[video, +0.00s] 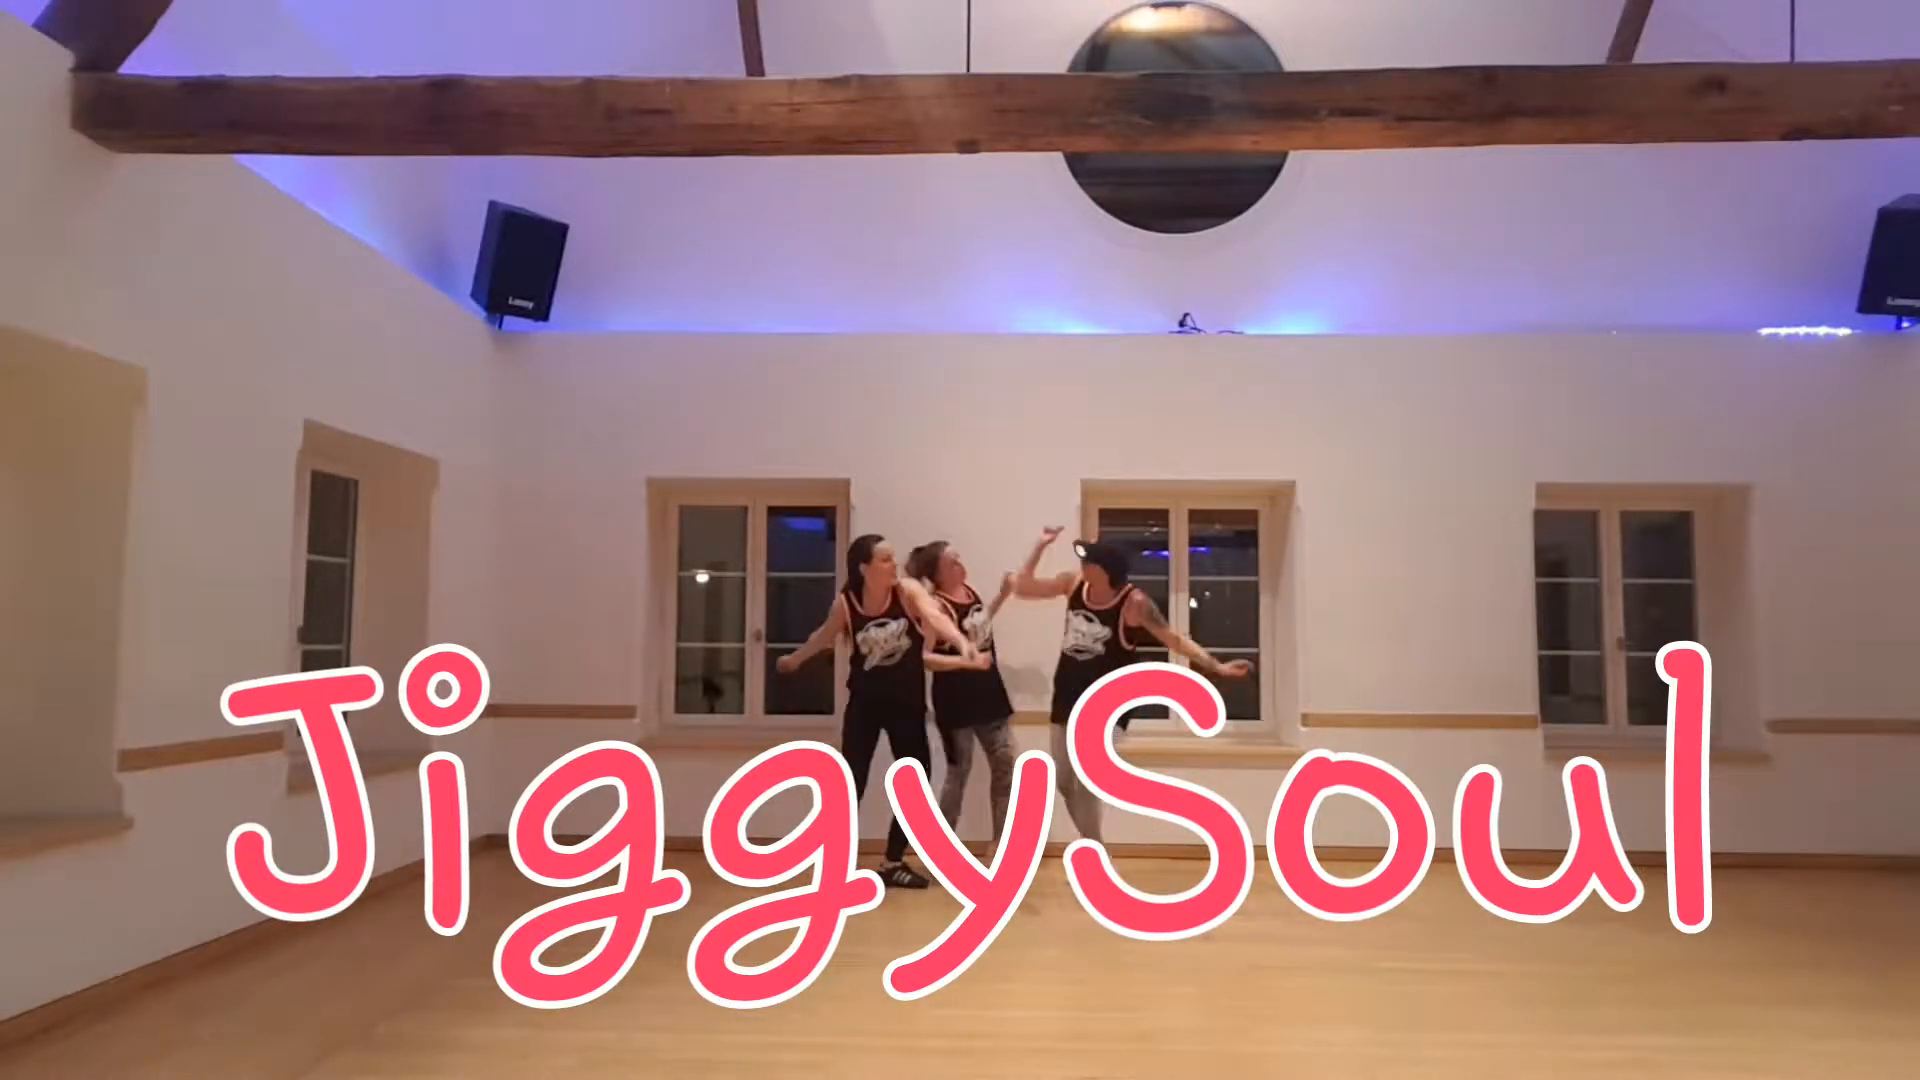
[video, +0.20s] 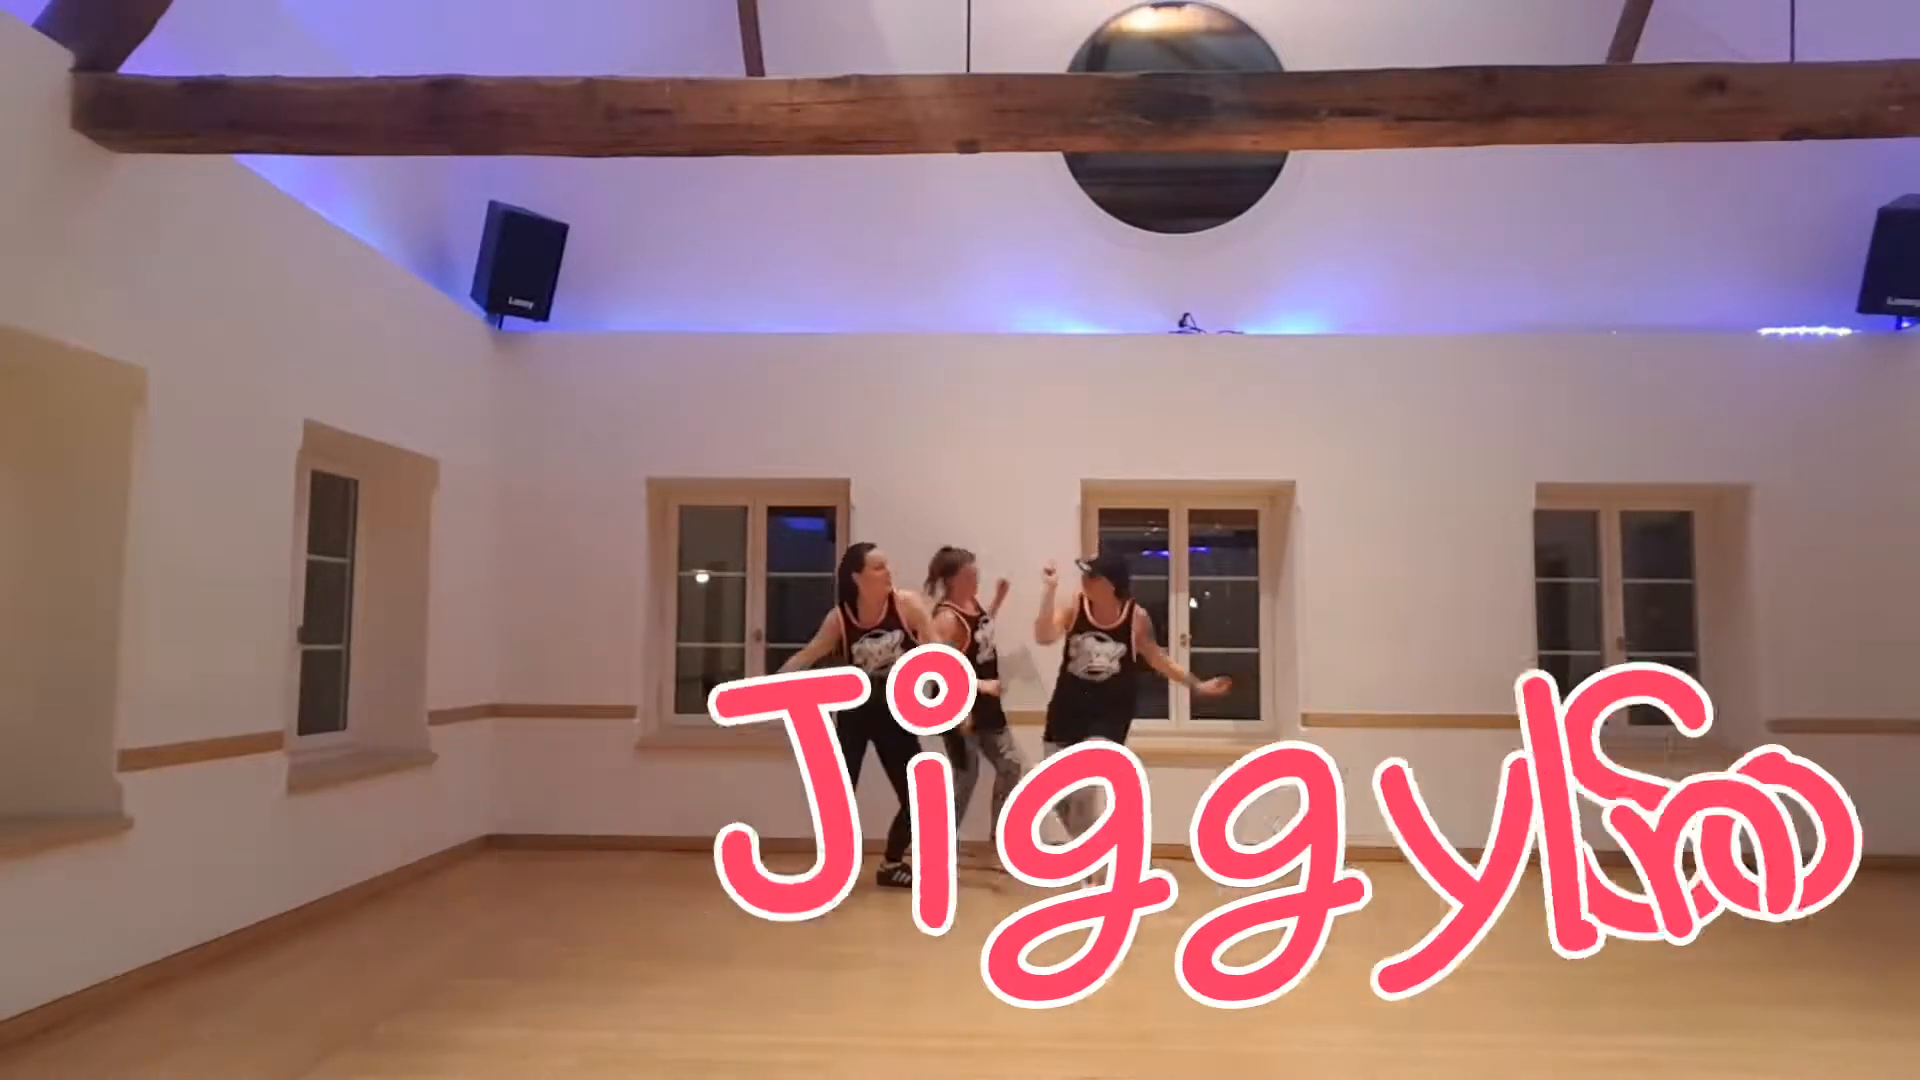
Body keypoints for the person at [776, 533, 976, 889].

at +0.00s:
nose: (894, 565)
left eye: (893, 558)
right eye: (886, 560)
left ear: (892, 563)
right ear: (864, 568)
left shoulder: (907, 590)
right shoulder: (846, 603)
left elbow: (932, 616)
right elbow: (825, 636)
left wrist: (962, 642)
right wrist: (797, 658)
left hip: (906, 702)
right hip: (864, 704)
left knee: (915, 780)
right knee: (850, 783)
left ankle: (893, 863)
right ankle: (830, 860)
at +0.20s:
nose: (888, 572)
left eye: (886, 565)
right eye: (879, 568)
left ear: (887, 572)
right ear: (856, 577)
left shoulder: (907, 604)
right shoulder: (839, 620)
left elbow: (936, 651)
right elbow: (806, 657)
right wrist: (775, 685)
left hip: (894, 712)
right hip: (851, 714)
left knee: (915, 794)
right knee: (838, 794)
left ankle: (892, 864)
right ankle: (833, 866)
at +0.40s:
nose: (897, 559)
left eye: (896, 553)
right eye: (890, 554)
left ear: (886, 562)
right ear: (868, 562)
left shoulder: (908, 592)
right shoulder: (841, 608)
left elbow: (925, 648)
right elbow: (801, 635)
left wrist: (964, 679)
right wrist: (752, 658)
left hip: (899, 703)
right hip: (859, 705)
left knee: (910, 786)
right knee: (848, 790)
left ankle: (892, 864)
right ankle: (834, 873)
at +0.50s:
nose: (903, 560)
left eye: (902, 555)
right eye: (898, 555)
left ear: (885, 563)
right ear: (876, 563)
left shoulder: (896, 593)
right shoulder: (849, 606)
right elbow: (810, 622)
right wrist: (771, 639)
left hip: (898, 703)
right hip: (860, 706)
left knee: (906, 782)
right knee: (855, 789)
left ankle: (892, 862)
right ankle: (837, 875)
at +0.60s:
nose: (908, 573)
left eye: (906, 566)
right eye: (903, 566)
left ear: (884, 572)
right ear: (885, 572)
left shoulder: (895, 607)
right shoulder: (857, 616)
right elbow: (823, 635)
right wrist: (811, 652)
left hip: (895, 707)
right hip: (863, 710)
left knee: (906, 785)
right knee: (873, 793)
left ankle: (891, 865)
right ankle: (840, 880)